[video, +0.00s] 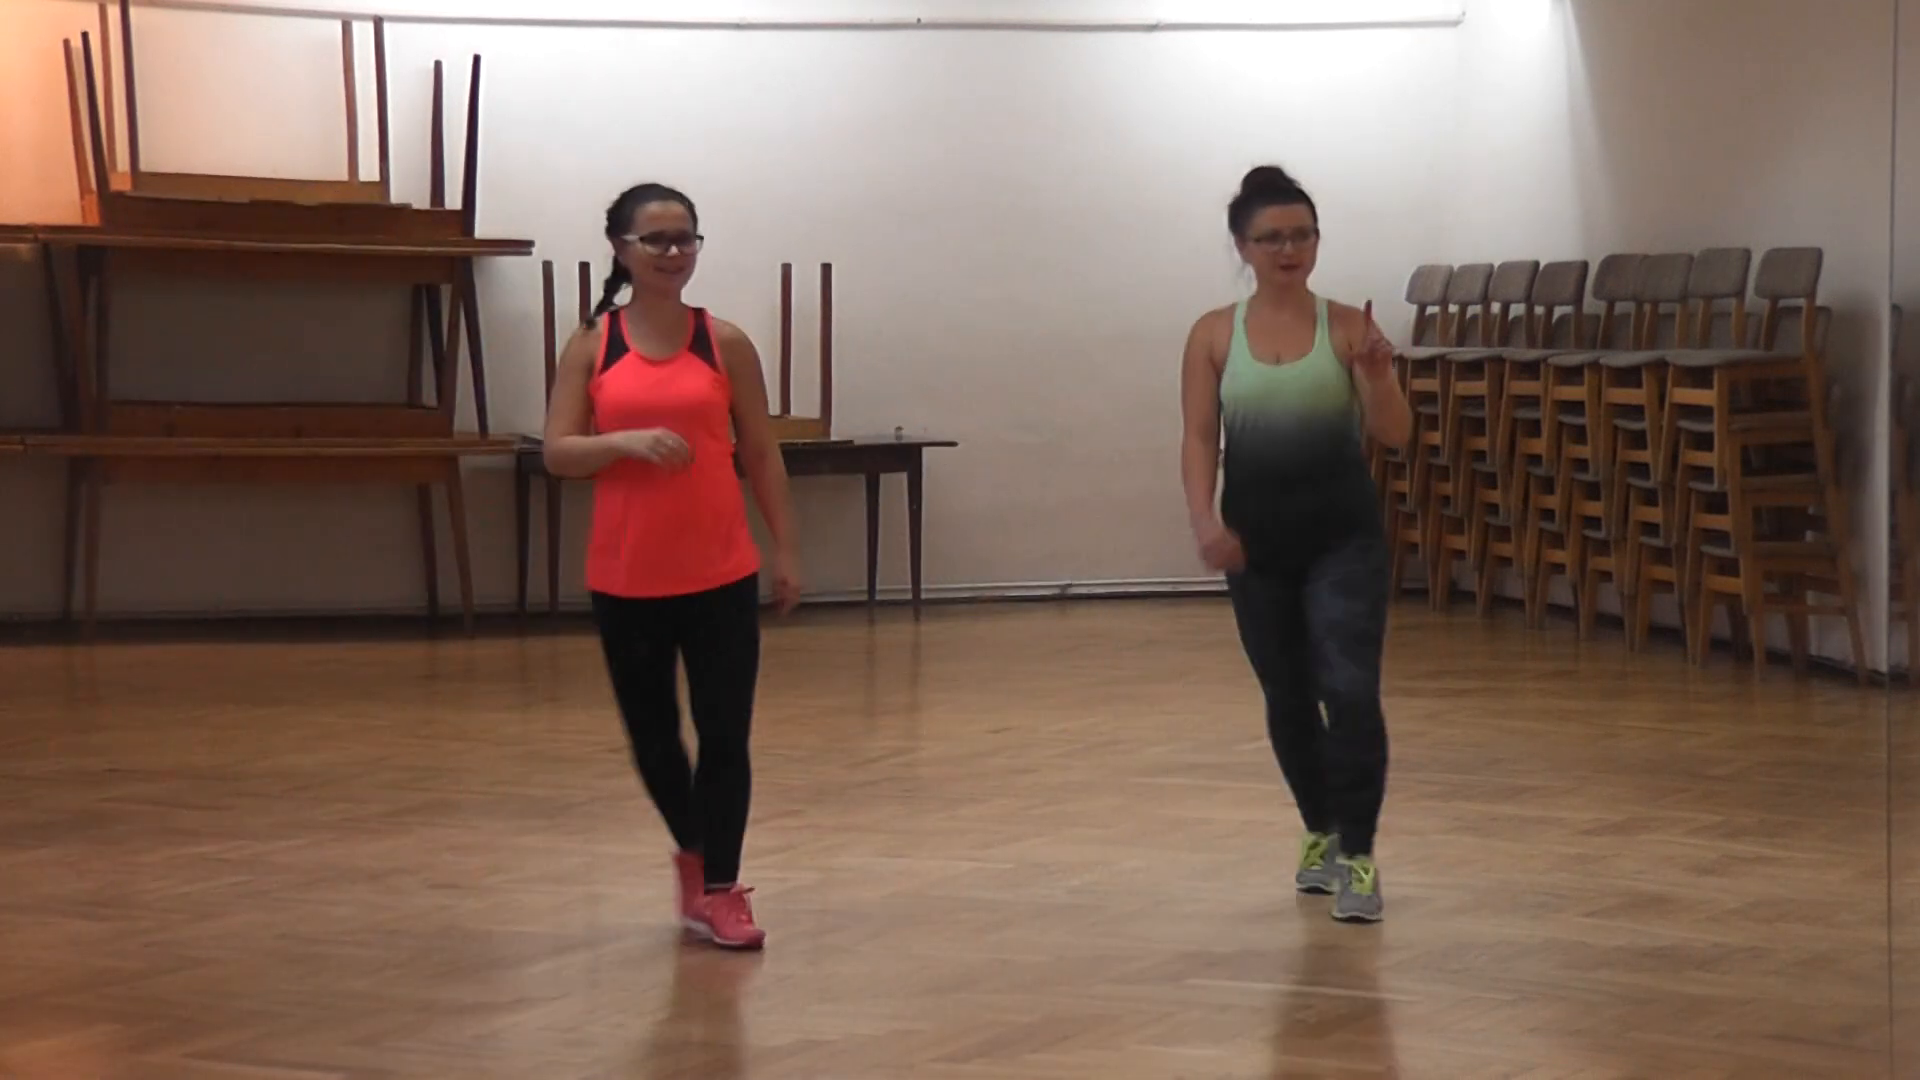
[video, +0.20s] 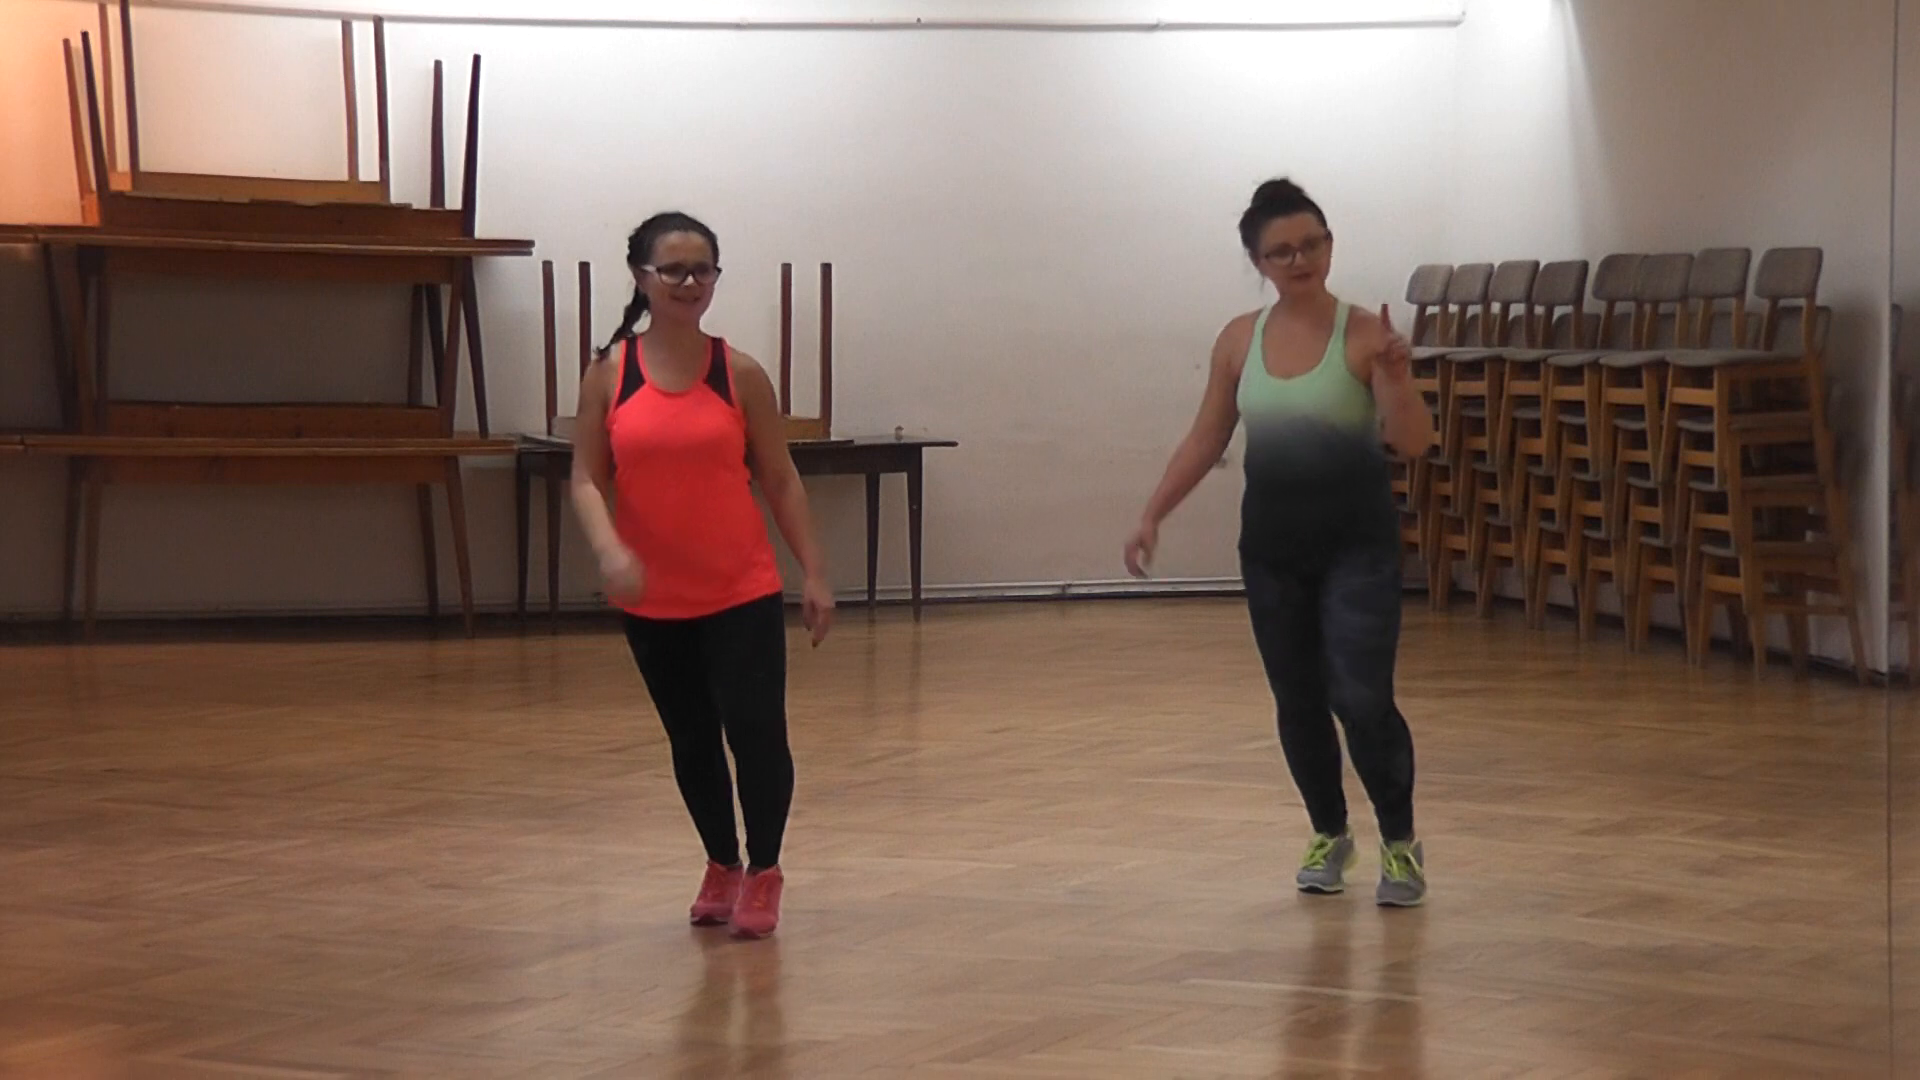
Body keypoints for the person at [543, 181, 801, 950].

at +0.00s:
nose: (676, 251)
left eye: (686, 239)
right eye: (658, 239)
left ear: (698, 247)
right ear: (622, 249)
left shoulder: (726, 344)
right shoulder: (590, 347)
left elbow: (761, 453)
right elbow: (558, 452)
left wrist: (785, 549)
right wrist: (628, 442)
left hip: (723, 574)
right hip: (628, 581)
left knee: (725, 736)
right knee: (652, 740)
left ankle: (722, 891)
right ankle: (691, 848)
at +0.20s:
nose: (689, 283)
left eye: (701, 270)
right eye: (673, 271)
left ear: (717, 277)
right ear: (641, 278)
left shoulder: (741, 374)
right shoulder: (608, 375)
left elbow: (782, 480)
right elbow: (585, 478)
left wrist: (814, 571)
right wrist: (611, 549)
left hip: (743, 592)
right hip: (654, 599)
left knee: (757, 736)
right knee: (692, 743)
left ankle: (763, 873)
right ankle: (722, 866)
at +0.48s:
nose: (680, 262)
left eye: (695, 252)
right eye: (665, 248)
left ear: (708, 262)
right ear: (632, 254)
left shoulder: (734, 352)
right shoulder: (608, 349)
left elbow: (795, 453)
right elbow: (593, 439)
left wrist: (816, 555)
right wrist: (558, 521)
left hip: (727, 571)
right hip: (631, 567)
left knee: (741, 729)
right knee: (589, 708)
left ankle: (764, 879)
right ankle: (623, 871)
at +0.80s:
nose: (605, 286)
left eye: (620, 275)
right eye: (591, 271)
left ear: (634, 281)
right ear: (558, 273)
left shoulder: (652, 372)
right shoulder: (527, 377)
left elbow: (715, 476)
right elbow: (507, 484)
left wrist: (733, 591)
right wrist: (473, 576)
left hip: (648, 593)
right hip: (555, 595)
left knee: (628, 754)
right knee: (538, 757)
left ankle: (701, 806)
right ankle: (560, 928)